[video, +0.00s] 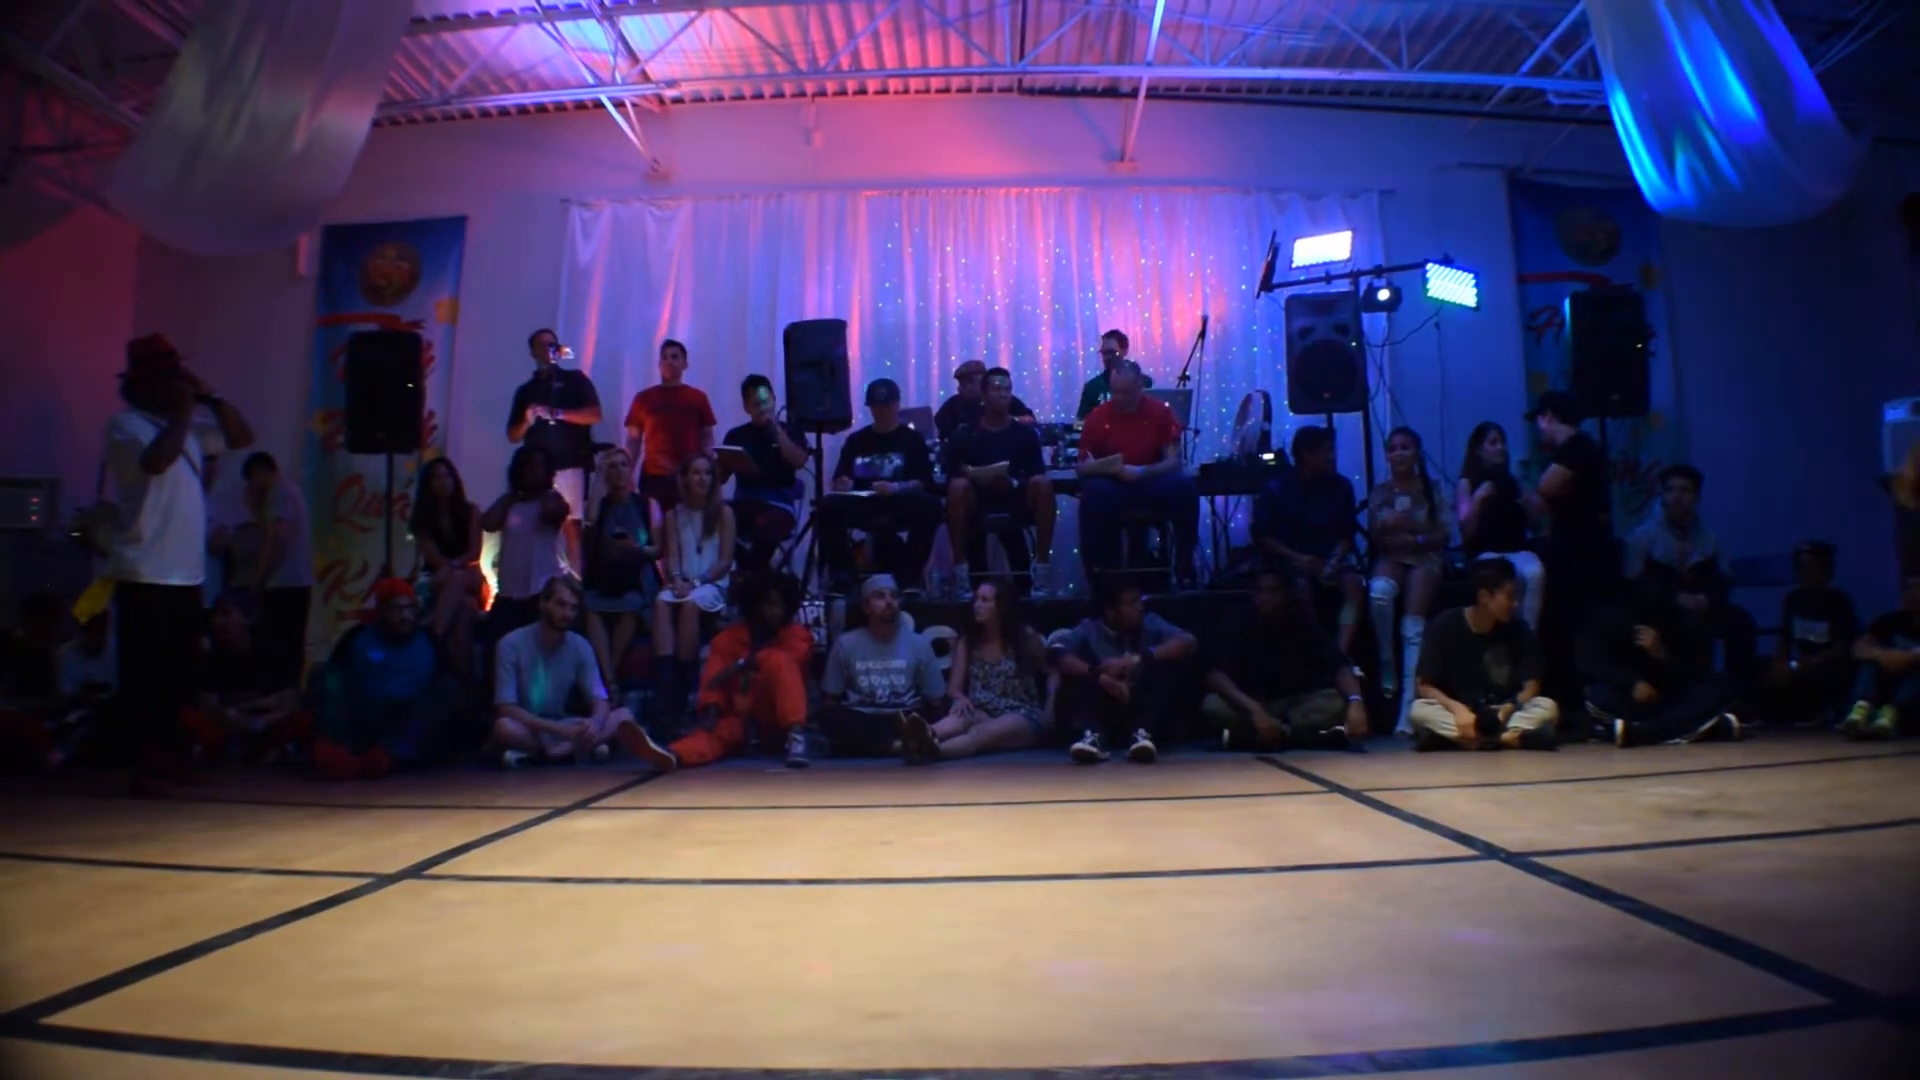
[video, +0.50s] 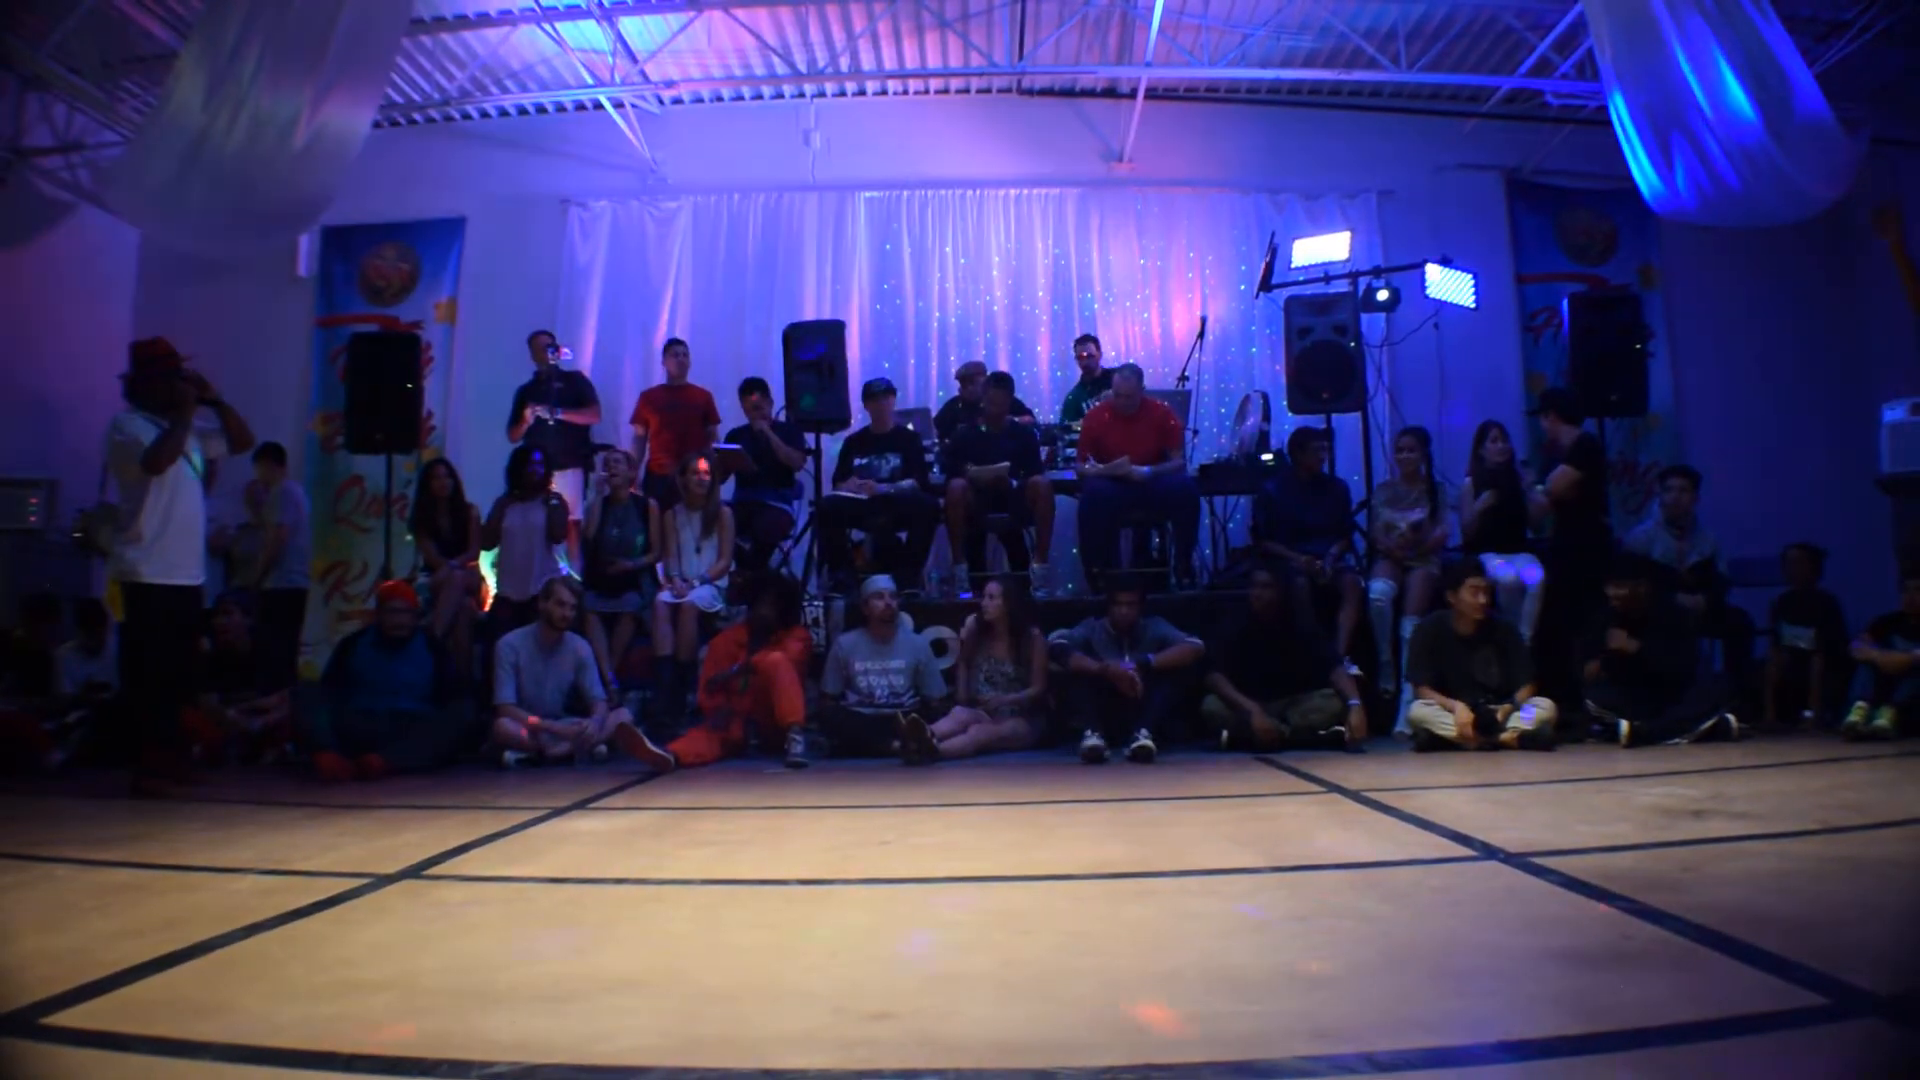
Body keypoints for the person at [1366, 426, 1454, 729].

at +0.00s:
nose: (1398, 454)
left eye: (1404, 448)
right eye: (1393, 449)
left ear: (1417, 453)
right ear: (1386, 455)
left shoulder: (1433, 489)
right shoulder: (1379, 493)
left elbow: (1443, 534)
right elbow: (1375, 536)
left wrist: (1403, 537)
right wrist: (1393, 523)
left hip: (1423, 555)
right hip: (1390, 556)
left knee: (1413, 628)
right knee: (1379, 595)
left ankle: (1408, 710)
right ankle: (1387, 667)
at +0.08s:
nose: (1397, 454)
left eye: (1404, 448)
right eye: (1392, 449)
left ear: (1416, 453)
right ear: (1386, 455)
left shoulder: (1433, 489)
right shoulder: (1379, 492)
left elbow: (1444, 534)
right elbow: (1373, 533)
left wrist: (1405, 539)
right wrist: (1391, 522)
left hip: (1423, 555)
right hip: (1390, 556)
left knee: (1412, 628)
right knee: (1378, 594)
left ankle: (1408, 714)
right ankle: (1386, 671)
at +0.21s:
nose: (1398, 454)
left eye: (1404, 448)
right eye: (1392, 449)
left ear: (1415, 453)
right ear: (1386, 455)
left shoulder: (1433, 489)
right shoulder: (1379, 492)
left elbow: (1444, 532)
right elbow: (1375, 532)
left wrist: (1418, 549)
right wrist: (1393, 543)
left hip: (1422, 557)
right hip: (1390, 556)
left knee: (1411, 629)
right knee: (1378, 597)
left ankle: (1408, 700)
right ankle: (1385, 668)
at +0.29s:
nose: (1400, 456)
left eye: (1406, 449)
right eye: (1394, 450)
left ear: (1417, 453)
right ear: (1387, 456)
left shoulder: (1434, 490)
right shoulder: (1379, 492)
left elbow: (1443, 532)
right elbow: (1375, 534)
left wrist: (1411, 549)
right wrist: (1392, 546)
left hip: (1422, 556)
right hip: (1389, 557)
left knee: (1410, 628)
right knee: (1377, 595)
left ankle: (1408, 693)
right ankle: (1385, 668)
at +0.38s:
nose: (1401, 456)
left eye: (1407, 450)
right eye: (1396, 451)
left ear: (1419, 454)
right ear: (1390, 455)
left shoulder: (1435, 490)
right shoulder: (1380, 492)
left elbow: (1443, 532)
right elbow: (1375, 533)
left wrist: (1413, 547)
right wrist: (1392, 546)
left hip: (1422, 556)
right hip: (1389, 557)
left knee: (1410, 627)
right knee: (1378, 595)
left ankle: (1408, 688)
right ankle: (1385, 669)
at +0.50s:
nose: (1404, 457)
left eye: (1411, 451)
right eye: (1399, 451)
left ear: (1423, 454)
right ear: (1394, 455)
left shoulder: (1437, 491)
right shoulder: (1383, 492)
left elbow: (1443, 531)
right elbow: (1375, 533)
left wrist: (1416, 549)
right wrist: (1391, 547)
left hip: (1422, 557)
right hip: (1389, 557)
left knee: (1410, 625)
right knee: (1378, 596)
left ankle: (1408, 685)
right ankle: (1385, 669)